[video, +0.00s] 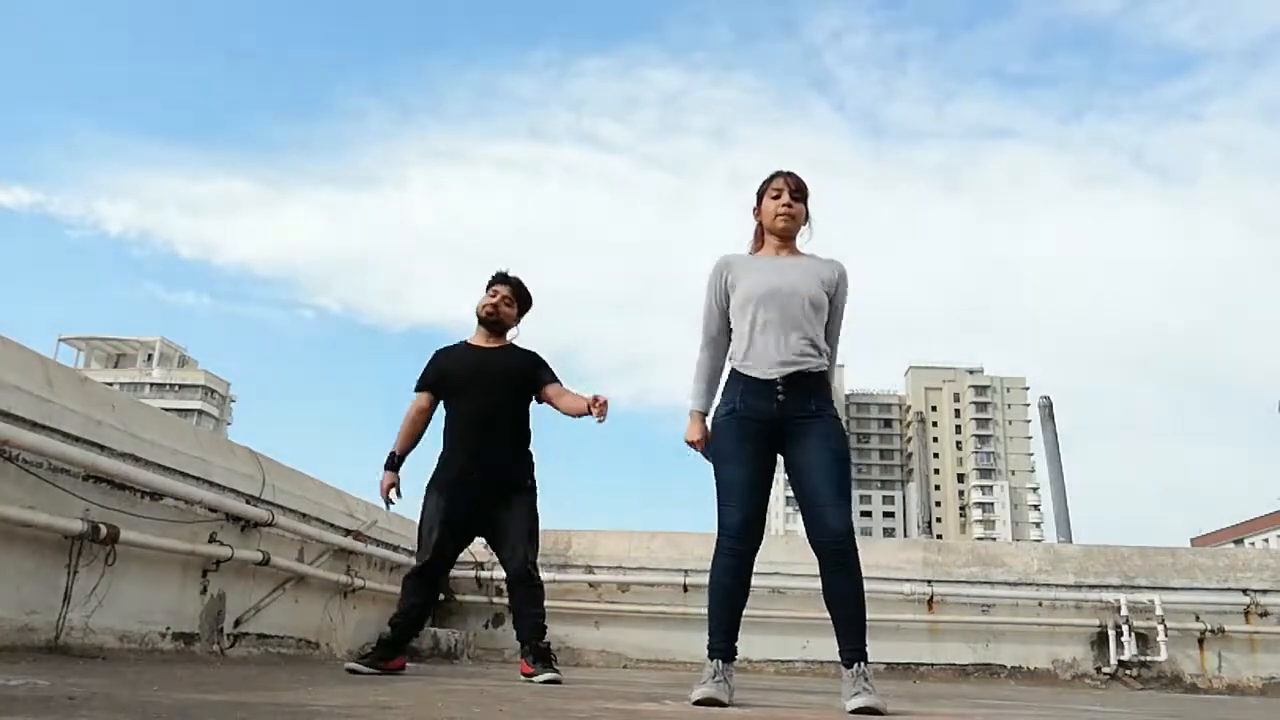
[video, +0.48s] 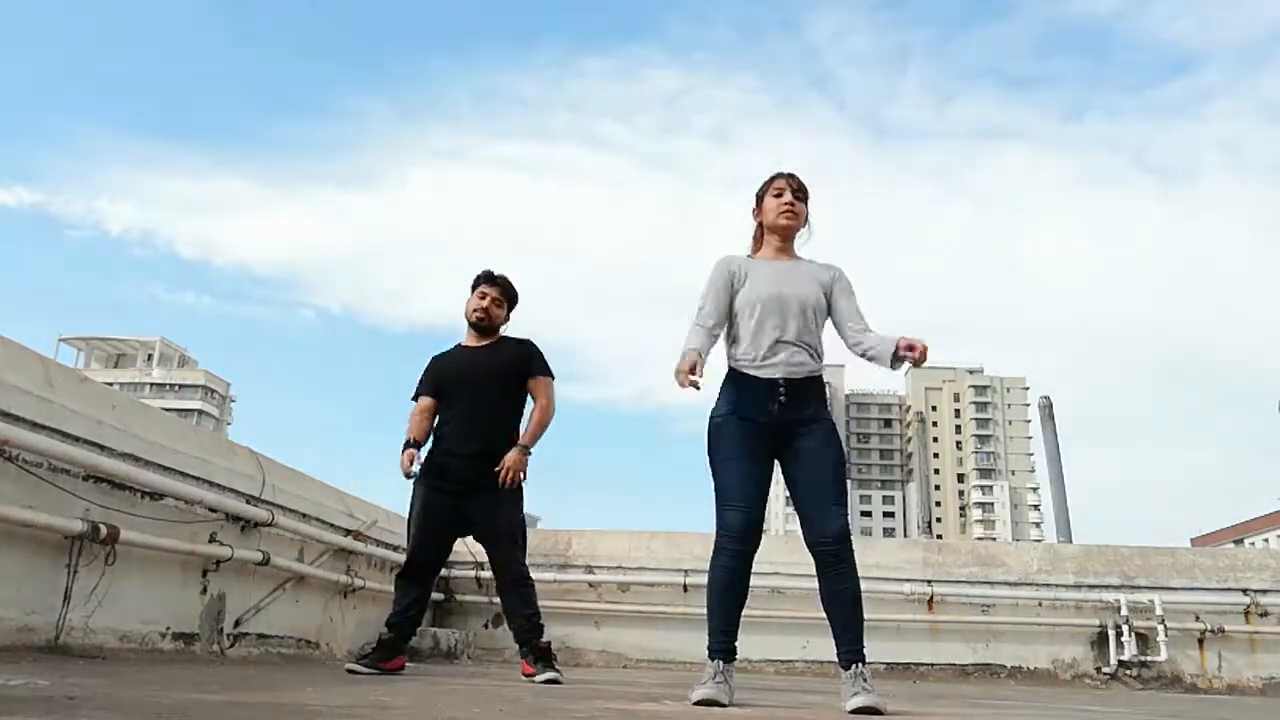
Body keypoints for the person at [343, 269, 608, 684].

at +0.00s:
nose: (495, 301)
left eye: (507, 300)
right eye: (492, 294)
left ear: (517, 318)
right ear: (479, 303)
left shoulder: (528, 363)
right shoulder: (447, 358)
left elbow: (558, 395)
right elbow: (420, 411)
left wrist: (587, 404)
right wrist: (393, 463)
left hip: (511, 486)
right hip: (454, 481)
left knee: (523, 568)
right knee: (428, 563)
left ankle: (535, 653)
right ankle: (392, 647)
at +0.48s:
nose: (487, 304)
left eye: (497, 302)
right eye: (482, 297)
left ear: (506, 316)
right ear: (468, 303)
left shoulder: (522, 352)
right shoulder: (441, 363)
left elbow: (545, 402)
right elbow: (423, 411)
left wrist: (524, 448)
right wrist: (411, 443)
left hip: (497, 480)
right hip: (441, 479)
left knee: (511, 569)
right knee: (418, 563)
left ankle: (535, 654)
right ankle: (392, 647)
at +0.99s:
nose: (497, 302)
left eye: (506, 297)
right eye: (490, 295)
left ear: (517, 308)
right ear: (476, 302)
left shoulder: (532, 361)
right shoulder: (451, 351)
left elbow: (554, 412)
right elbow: (429, 404)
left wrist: (535, 449)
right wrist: (434, 455)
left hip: (511, 481)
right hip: (455, 477)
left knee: (525, 565)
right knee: (426, 563)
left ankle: (537, 651)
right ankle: (393, 646)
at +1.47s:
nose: (497, 307)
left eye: (506, 303)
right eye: (490, 300)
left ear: (517, 315)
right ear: (476, 308)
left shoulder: (531, 366)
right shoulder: (448, 356)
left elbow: (553, 419)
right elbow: (429, 406)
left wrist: (530, 455)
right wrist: (433, 456)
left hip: (508, 484)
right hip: (451, 479)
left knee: (521, 563)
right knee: (416, 559)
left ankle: (536, 653)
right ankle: (391, 647)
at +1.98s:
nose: (482, 315)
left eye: (491, 311)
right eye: (475, 309)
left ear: (502, 323)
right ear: (461, 317)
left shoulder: (514, 376)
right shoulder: (433, 364)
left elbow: (524, 429)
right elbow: (415, 415)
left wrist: (519, 466)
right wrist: (423, 460)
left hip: (492, 490)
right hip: (435, 485)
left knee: (518, 570)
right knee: (401, 564)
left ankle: (536, 657)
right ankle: (373, 650)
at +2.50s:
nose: (493, 329)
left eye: (503, 325)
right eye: (487, 320)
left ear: (510, 338)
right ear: (471, 326)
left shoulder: (513, 376)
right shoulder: (448, 360)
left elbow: (550, 393)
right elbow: (469, 379)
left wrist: (535, 374)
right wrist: (512, 394)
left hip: (500, 492)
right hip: (443, 490)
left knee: (526, 557)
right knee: (405, 561)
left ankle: (544, 656)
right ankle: (374, 649)